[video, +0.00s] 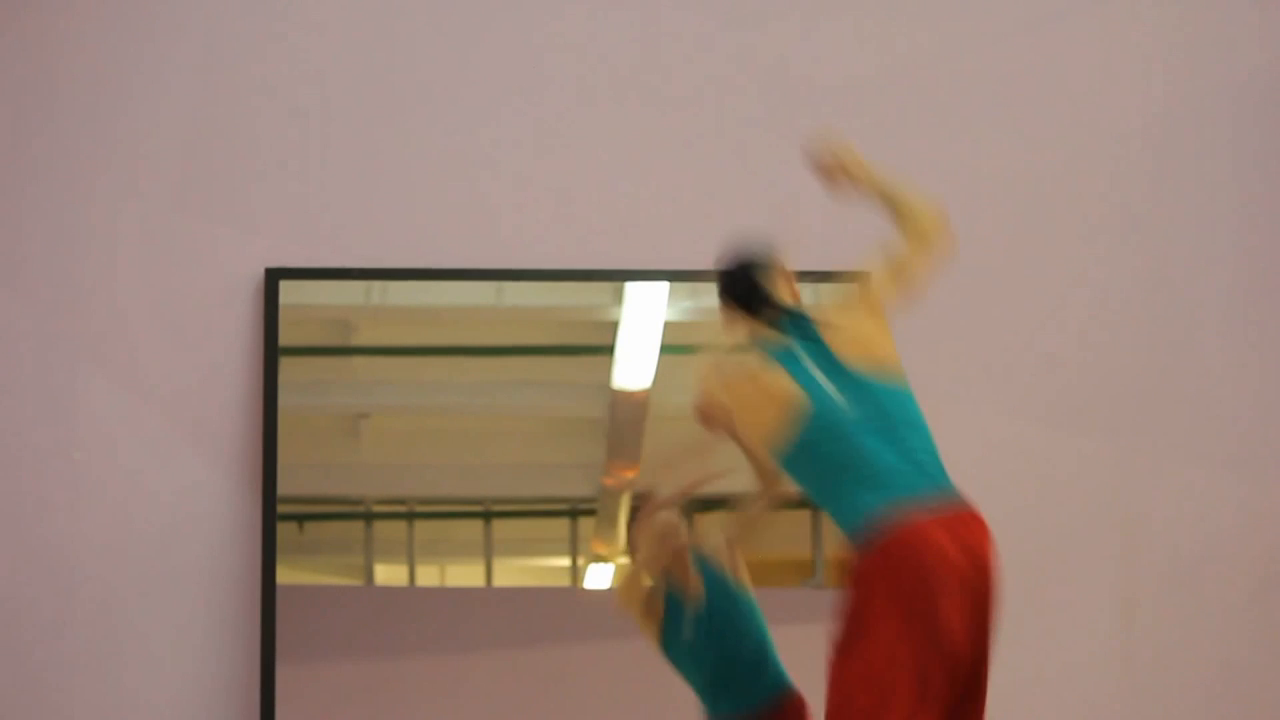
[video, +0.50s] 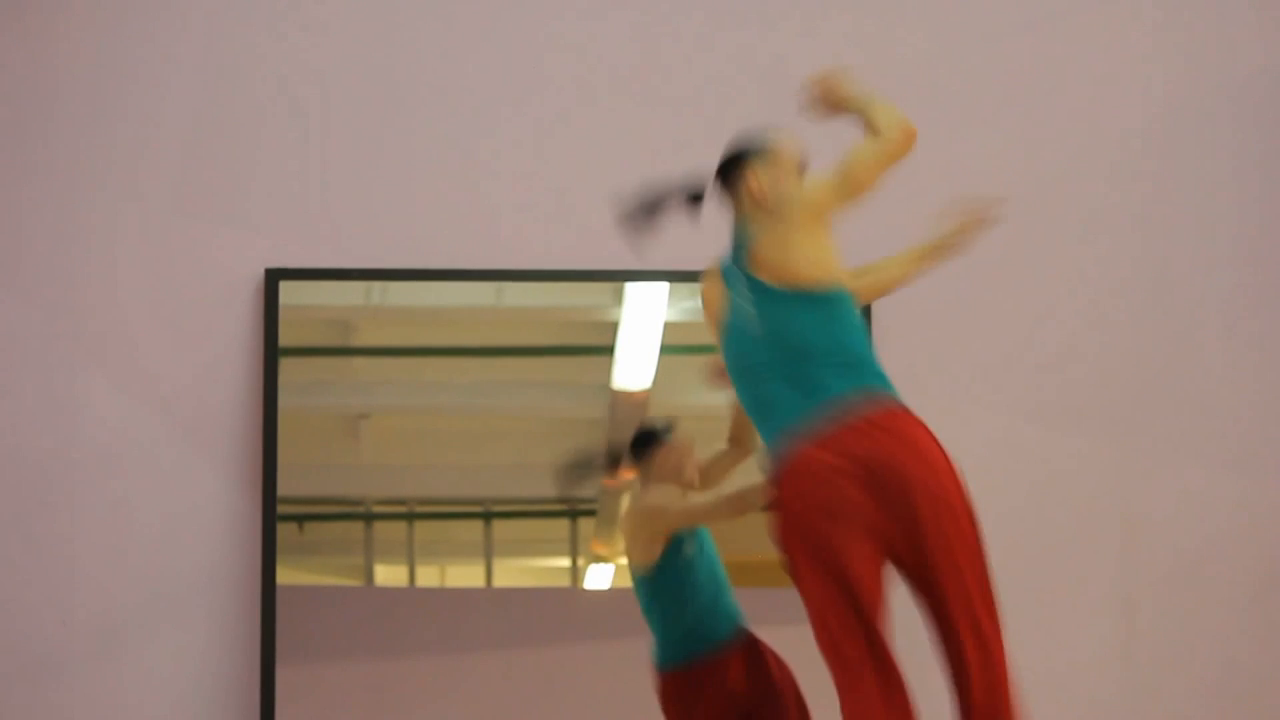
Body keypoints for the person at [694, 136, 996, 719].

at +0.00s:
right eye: (786, 275)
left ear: (730, 314)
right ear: (788, 282)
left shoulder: (725, 381)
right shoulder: (858, 309)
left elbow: (776, 484)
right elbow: (929, 231)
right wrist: (866, 178)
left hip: (900, 558)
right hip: (967, 537)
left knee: (868, 707)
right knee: (956, 708)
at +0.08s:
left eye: (727, 313)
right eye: (785, 275)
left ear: (730, 314)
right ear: (788, 282)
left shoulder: (726, 381)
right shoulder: (858, 310)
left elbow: (776, 484)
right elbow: (929, 232)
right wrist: (867, 178)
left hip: (901, 557)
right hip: (967, 537)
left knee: (868, 707)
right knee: (956, 708)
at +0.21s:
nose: (793, 222)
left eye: (785, 213)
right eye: (786, 214)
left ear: (727, 248)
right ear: (774, 225)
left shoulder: (722, 328)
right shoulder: (834, 253)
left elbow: (760, 453)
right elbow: (906, 168)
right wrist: (836, 125)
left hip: (848, 514)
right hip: (925, 487)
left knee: (873, 697)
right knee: (972, 681)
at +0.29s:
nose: (805, 184)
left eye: (801, 172)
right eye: (793, 172)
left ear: (744, 191)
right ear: (749, 185)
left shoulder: (717, 290)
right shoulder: (794, 212)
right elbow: (896, 135)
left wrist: (940, 245)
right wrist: (852, 96)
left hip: (807, 477)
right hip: (886, 442)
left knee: (859, 669)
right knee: (973, 634)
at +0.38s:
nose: (805, 185)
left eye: (801, 172)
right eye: (792, 172)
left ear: (744, 191)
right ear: (749, 184)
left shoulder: (717, 290)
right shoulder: (794, 211)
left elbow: (846, 289)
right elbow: (896, 135)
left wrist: (942, 244)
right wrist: (852, 96)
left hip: (807, 478)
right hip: (886, 442)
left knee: (859, 670)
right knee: (973, 635)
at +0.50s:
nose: (805, 184)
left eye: (801, 172)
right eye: (793, 172)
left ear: (744, 191)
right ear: (749, 184)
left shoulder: (717, 290)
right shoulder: (794, 211)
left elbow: (844, 290)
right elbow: (896, 135)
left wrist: (941, 244)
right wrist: (852, 96)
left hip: (807, 478)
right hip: (885, 441)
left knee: (859, 669)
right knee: (973, 634)